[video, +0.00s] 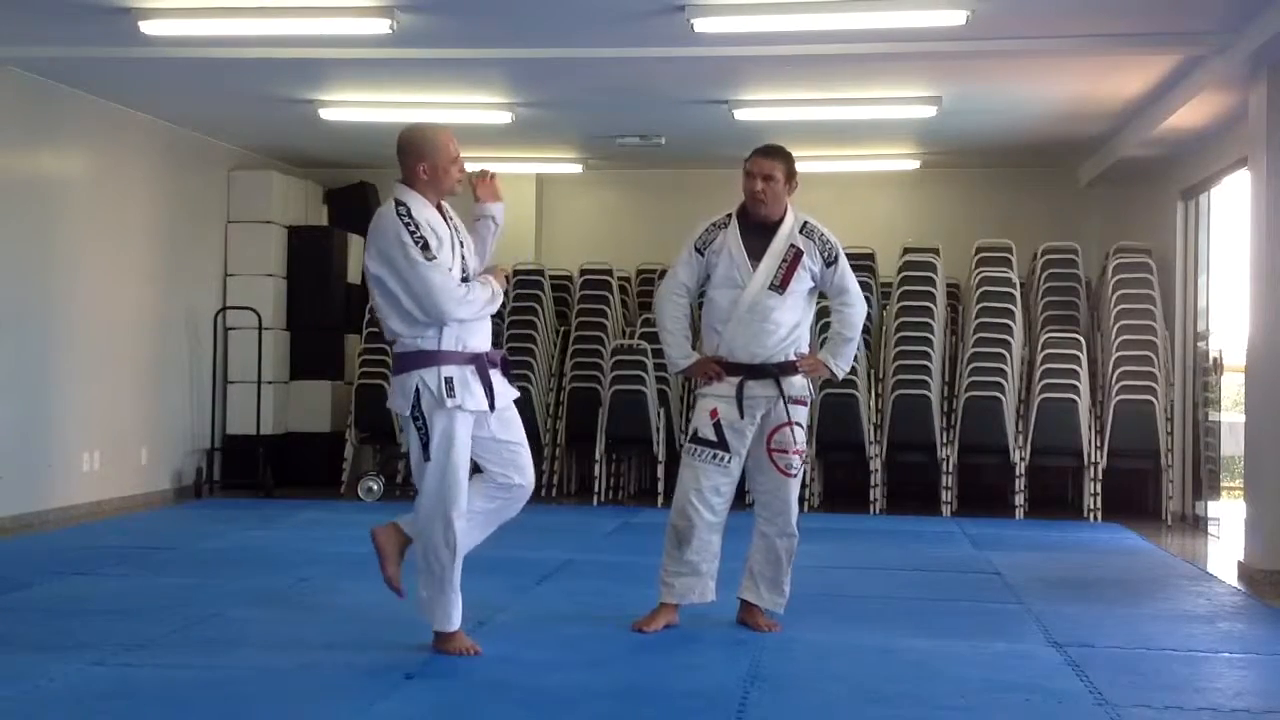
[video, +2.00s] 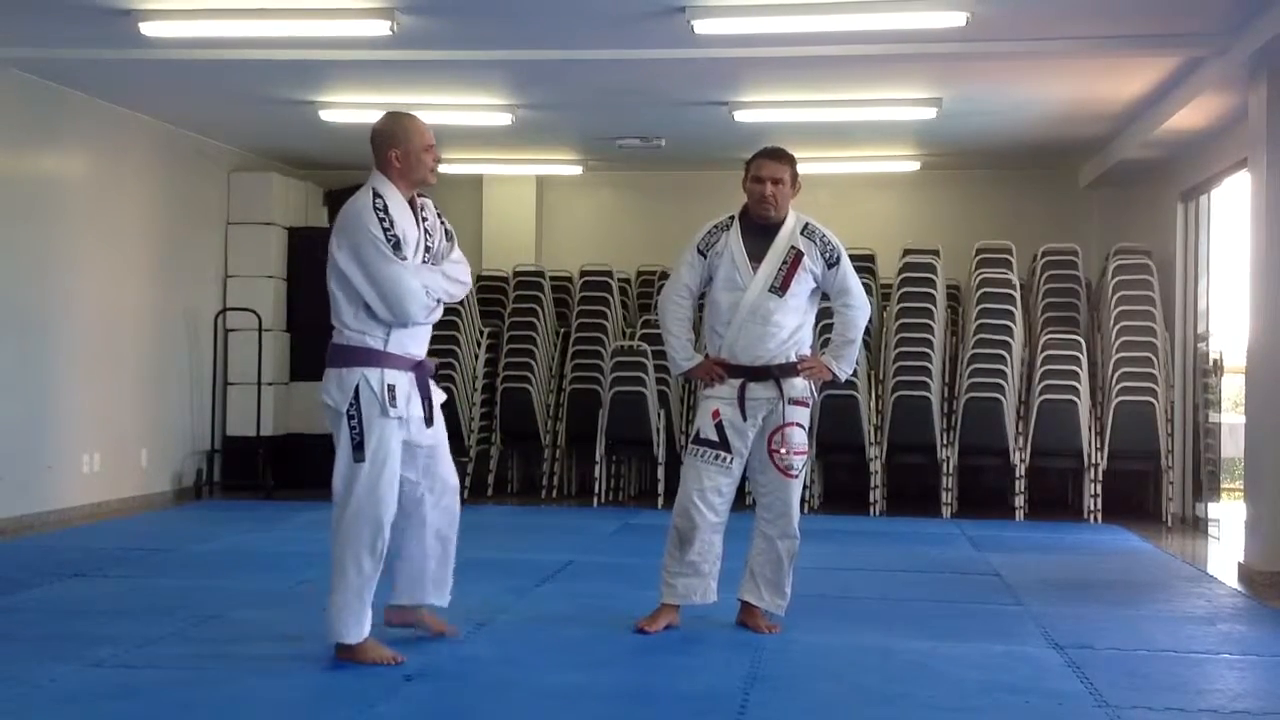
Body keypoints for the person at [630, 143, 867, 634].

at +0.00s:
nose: (758, 187)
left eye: (770, 179)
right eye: (752, 177)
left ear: (790, 187)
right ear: (741, 182)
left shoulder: (816, 242)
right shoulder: (712, 235)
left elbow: (851, 303)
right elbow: (671, 295)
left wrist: (833, 359)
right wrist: (686, 357)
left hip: (785, 392)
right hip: (720, 387)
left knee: (779, 506)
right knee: (694, 500)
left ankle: (755, 602)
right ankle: (670, 602)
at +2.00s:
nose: (767, 191)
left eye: (778, 183)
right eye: (758, 181)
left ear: (794, 189)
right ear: (744, 185)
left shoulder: (818, 244)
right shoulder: (713, 238)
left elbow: (854, 305)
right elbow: (674, 299)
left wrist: (836, 362)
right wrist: (688, 357)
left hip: (788, 391)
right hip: (722, 386)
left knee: (780, 507)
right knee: (696, 500)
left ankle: (756, 605)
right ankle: (672, 603)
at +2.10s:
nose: (765, 192)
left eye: (776, 183)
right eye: (756, 182)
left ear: (792, 189)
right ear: (741, 186)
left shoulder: (817, 244)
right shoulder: (712, 239)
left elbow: (854, 305)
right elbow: (673, 300)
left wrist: (836, 362)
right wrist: (688, 359)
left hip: (788, 391)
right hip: (722, 386)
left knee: (780, 506)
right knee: (696, 500)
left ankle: (756, 605)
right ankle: (672, 603)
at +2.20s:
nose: (762, 194)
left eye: (772, 185)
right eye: (752, 185)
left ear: (790, 189)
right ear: (739, 189)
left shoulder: (816, 245)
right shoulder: (712, 240)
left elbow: (856, 303)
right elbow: (673, 302)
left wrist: (838, 360)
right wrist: (688, 360)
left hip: (788, 390)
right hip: (722, 386)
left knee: (781, 506)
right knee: (695, 500)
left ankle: (755, 605)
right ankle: (672, 603)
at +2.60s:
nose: (767, 202)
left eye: (777, 193)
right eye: (757, 192)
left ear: (792, 194)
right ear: (741, 190)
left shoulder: (810, 240)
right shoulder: (713, 236)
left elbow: (854, 287)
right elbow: (669, 297)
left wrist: (859, 250)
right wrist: (687, 361)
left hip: (785, 389)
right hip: (721, 386)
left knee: (780, 505)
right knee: (695, 501)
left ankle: (757, 604)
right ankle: (672, 602)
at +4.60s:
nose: (749, 201)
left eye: (761, 196)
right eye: (748, 191)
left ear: (788, 202)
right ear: (744, 188)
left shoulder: (809, 238)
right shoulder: (718, 235)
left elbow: (854, 215)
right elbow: (677, 294)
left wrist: (816, 175)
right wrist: (686, 357)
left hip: (787, 388)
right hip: (723, 385)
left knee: (780, 505)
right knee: (697, 500)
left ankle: (755, 606)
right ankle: (672, 604)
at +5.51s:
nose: (738, 208)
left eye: (747, 199)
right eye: (730, 199)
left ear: (772, 193)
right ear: (723, 195)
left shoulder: (811, 237)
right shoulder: (705, 242)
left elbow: (843, 297)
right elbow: (675, 306)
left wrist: (828, 352)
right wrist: (689, 363)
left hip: (789, 390)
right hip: (725, 389)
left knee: (781, 503)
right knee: (697, 499)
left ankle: (757, 605)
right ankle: (671, 604)